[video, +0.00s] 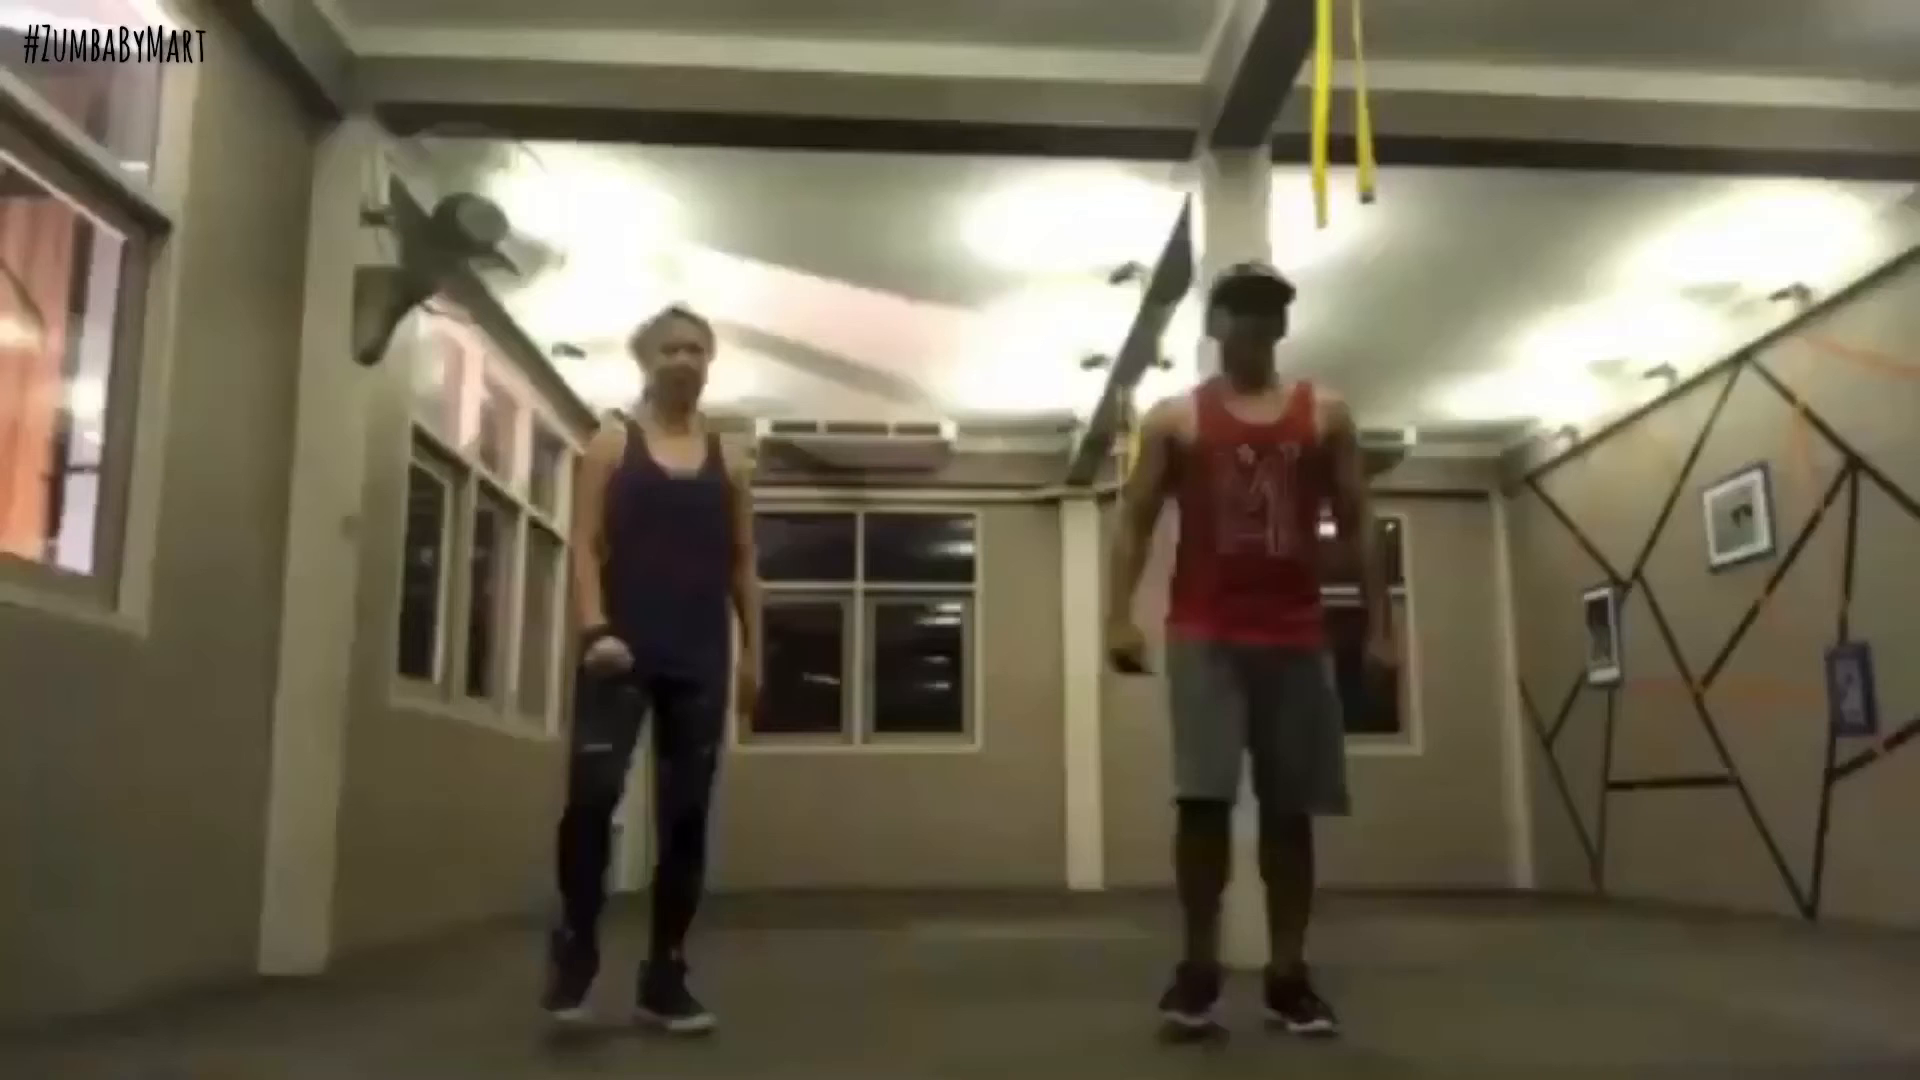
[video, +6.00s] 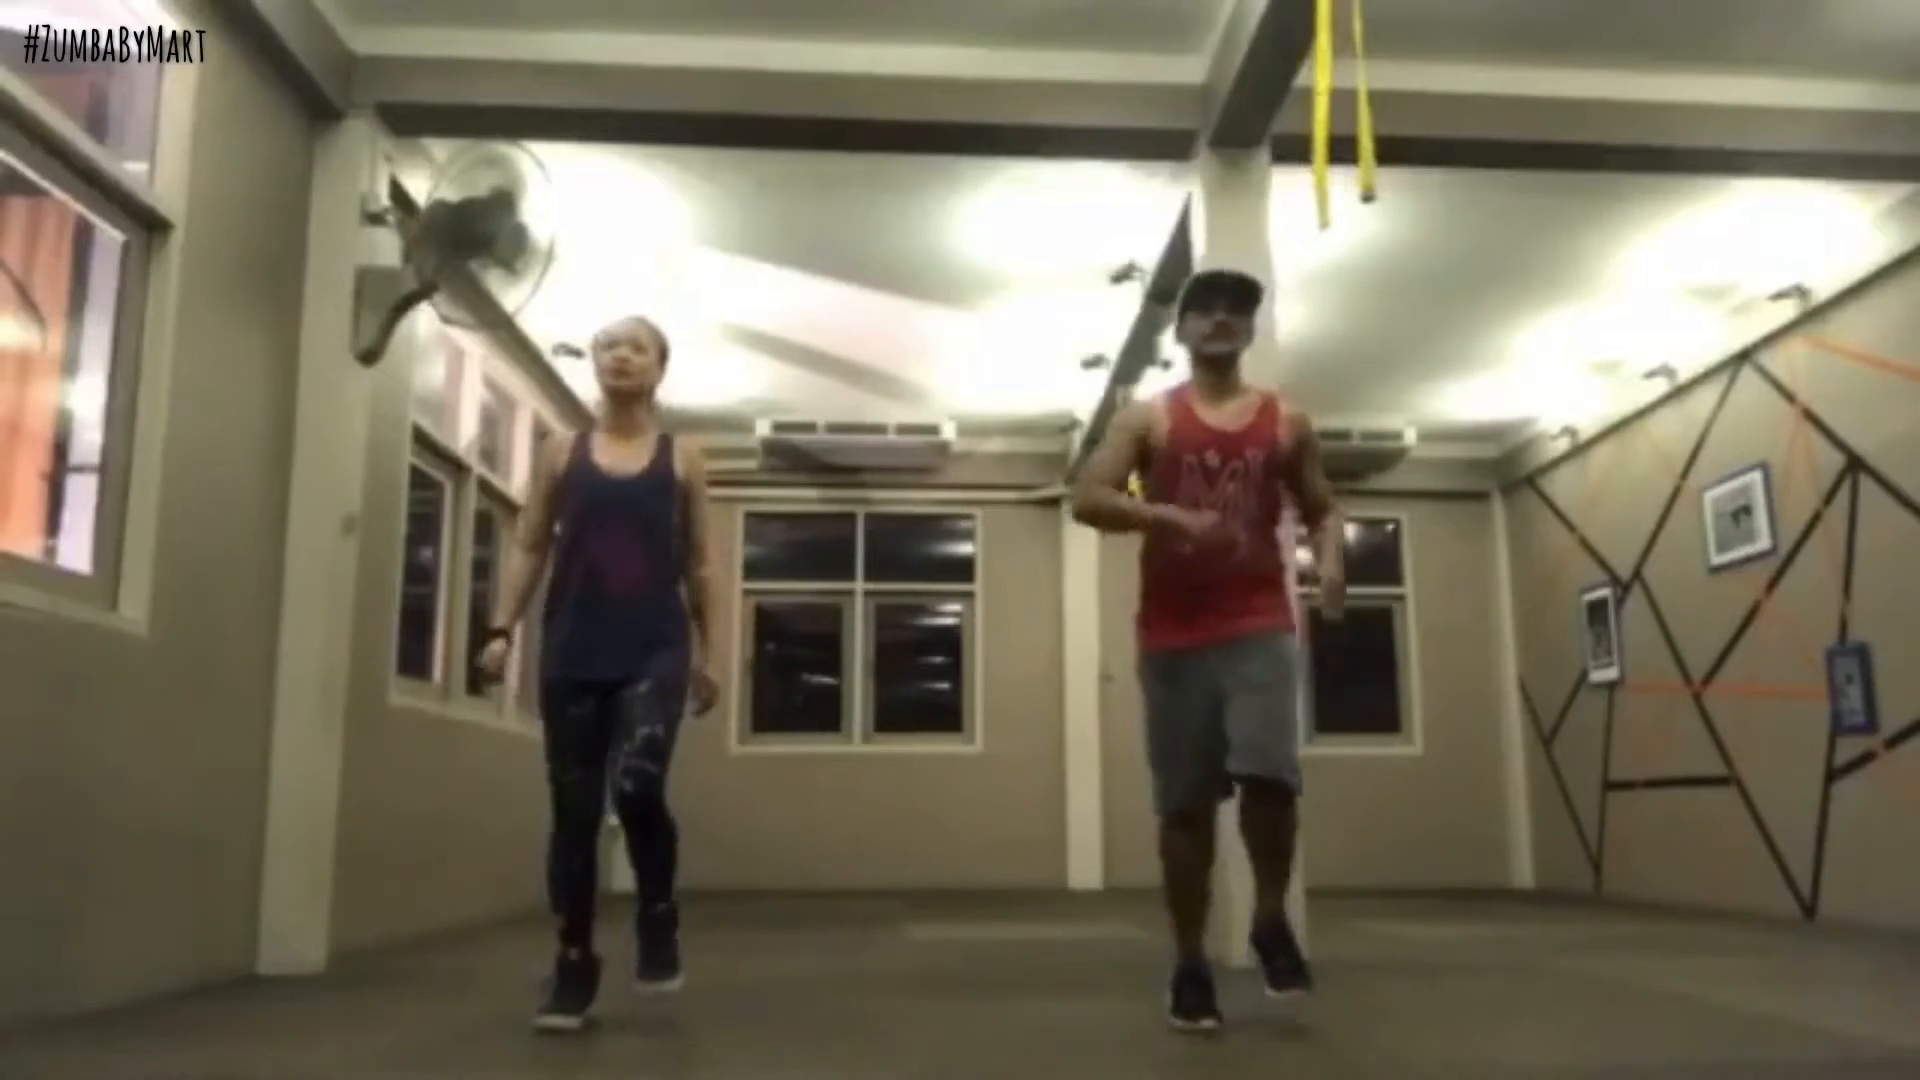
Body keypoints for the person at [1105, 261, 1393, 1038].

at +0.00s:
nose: (1253, 333)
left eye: (1267, 319)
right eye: (1239, 317)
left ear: (1283, 326)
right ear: (1214, 324)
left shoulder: (1324, 416)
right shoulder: (1174, 422)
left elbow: (1358, 527)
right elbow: (1136, 524)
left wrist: (1376, 628)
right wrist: (1118, 617)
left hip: (1296, 637)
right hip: (1204, 634)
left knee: (1290, 810)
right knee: (1203, 804)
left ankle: (1289, 977)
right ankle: (1198, 972)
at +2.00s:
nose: (1235, 304)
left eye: (1250, 294)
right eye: (1221, 292)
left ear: (1269, 313)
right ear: (1195, 309)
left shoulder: (1304, 414)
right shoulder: (1159, 411)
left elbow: (1343, 511)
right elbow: (1100, 505)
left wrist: (1346, 592)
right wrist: (1147, 581)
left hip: (1292, 630)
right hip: (1199, 638)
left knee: (1305, 796)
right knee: (1205, 810)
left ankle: (1301, 951)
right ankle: (1209, 974)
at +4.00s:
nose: (1223, 344)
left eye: (1237, 332)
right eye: (1209, 332)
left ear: (1254, 343)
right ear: (1186, 342)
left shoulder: (1287, 434)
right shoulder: (1154, 433)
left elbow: (1321, 530)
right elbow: (1110, 527)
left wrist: (1320, 602)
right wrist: (1172, 582)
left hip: (1271, 639)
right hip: (1187, 647)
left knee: (1290, 784)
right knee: (1196, 808)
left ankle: (1284, 931)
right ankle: (1200, 965)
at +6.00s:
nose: (1216, 325)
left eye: (1231, 313)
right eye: (1202, 313)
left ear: (1251, 328)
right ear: (1181, 327)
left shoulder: (1284, 423)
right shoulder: (1146, 416)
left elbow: (1320, 510)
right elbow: (1088, 496)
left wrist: (1327, 559)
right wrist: (1166, 517)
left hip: (1260, 629)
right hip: (1175, 637)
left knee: (1270, 783)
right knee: (1187, 806)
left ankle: (1271, 920)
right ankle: (1190, 965)